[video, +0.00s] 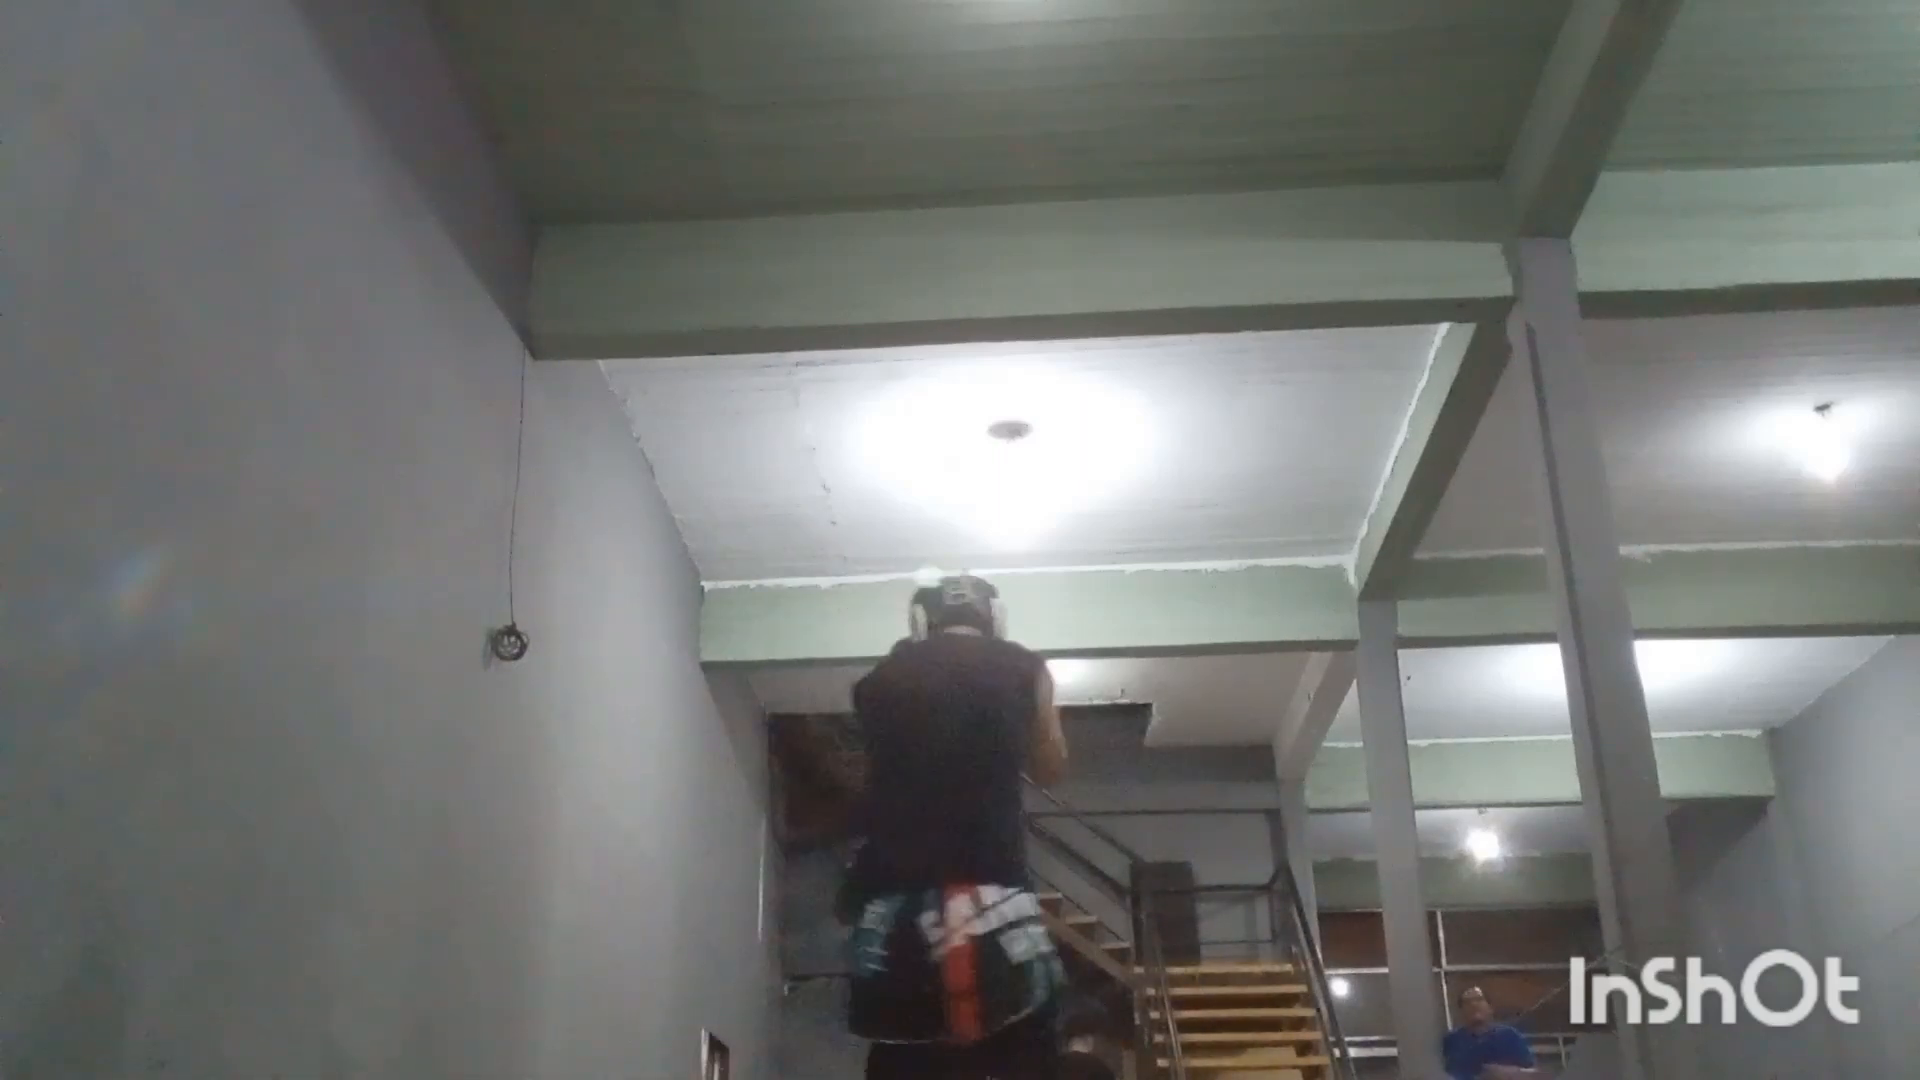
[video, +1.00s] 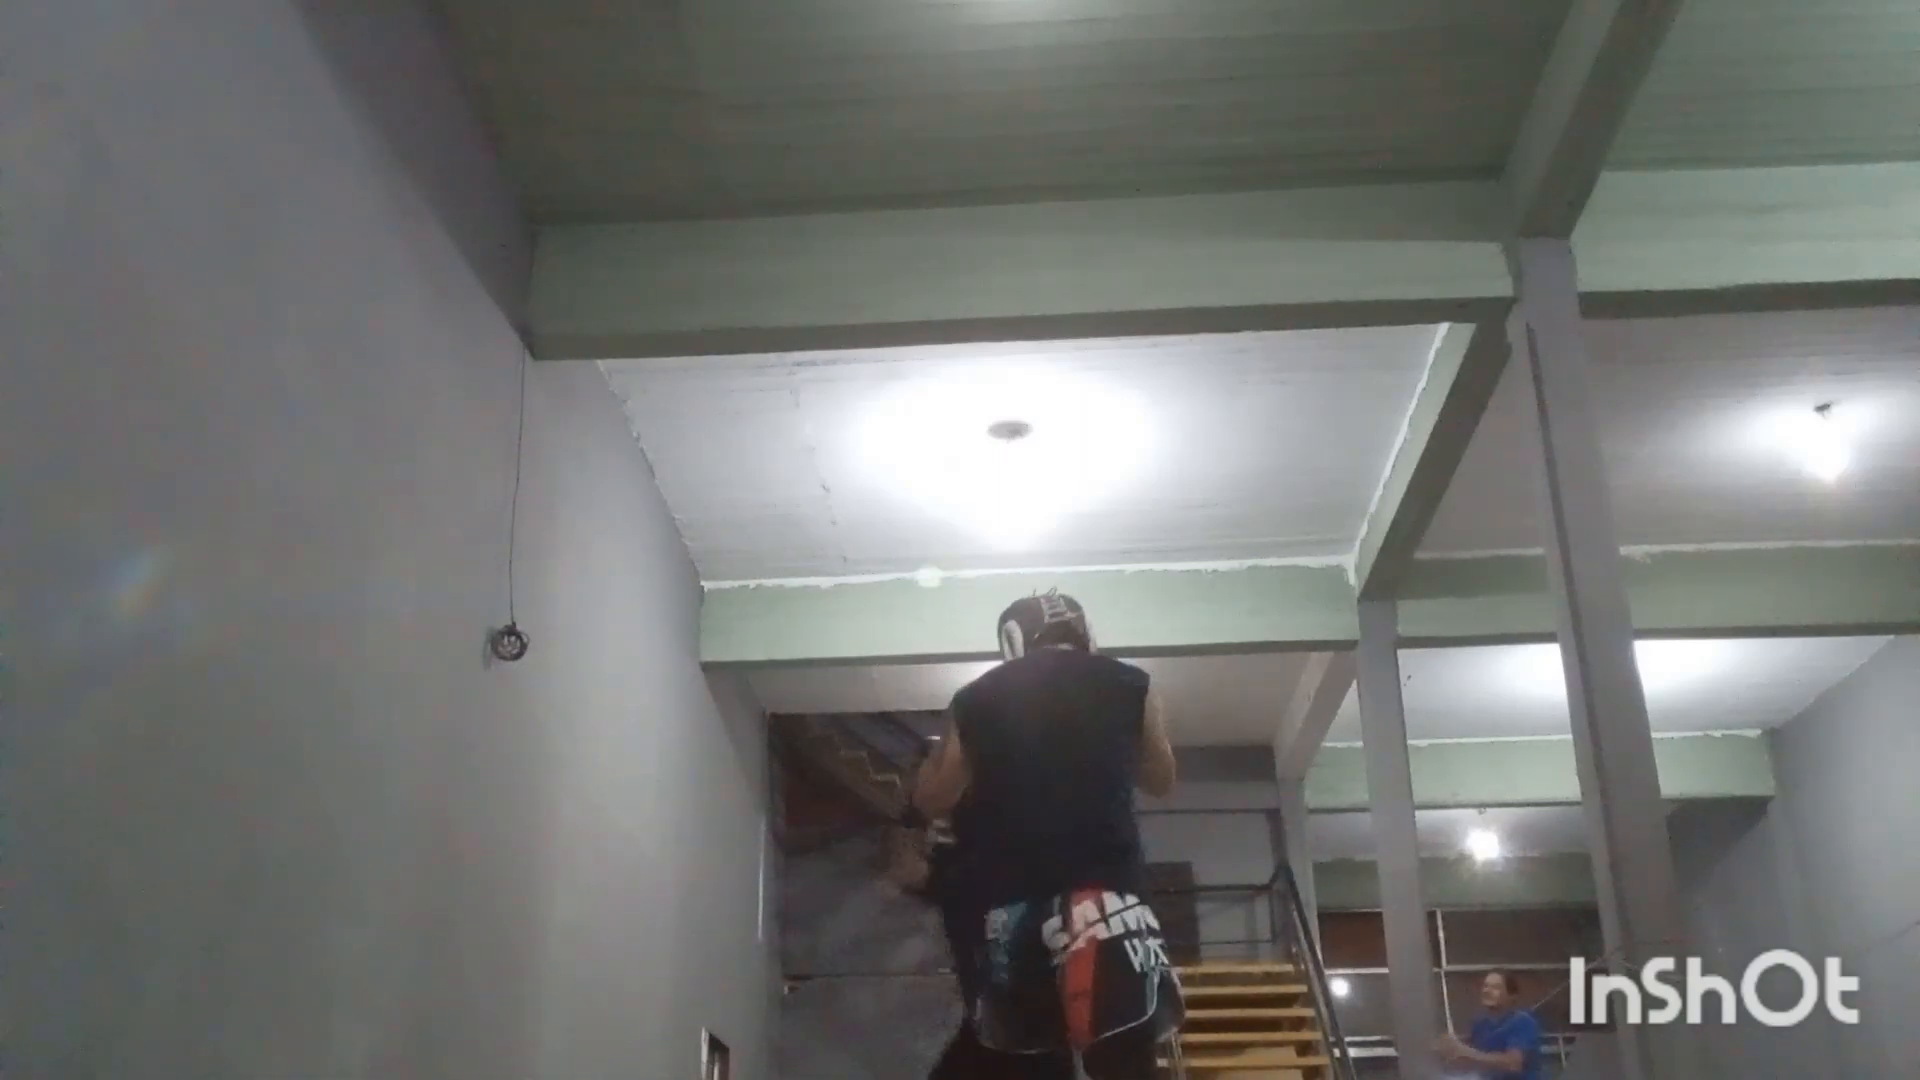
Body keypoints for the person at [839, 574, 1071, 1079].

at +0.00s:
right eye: (995, 611)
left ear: (924, 621)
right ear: (991, 619)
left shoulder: (879, 679)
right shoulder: (1023, 667)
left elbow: (875, 778)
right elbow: (1049, 768)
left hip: (890, 905)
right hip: (995, 902)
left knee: (900, 1061)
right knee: (1010, 1061)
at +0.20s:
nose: (1036, 626)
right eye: (1034, 619)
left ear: (963, 625)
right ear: (1030, 623)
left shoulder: (917, 685)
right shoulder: (1068, 670)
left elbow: (914, 781)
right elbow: (1092, 763)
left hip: (937, 907)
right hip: (1043, 902)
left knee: (942, 1068)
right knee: (1075, 1067)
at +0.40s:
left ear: (989, 625)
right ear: (1054, 620)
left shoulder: (942, 687)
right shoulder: (1094, 667)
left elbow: (898, 786)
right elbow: (1125, 760)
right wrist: (1072, 730)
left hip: (972, 892)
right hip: (1073, 885)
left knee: (1003, 1063)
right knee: (1120, 1058)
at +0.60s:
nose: (995, 635)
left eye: (996, 626)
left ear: (1006, 624)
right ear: (1077, 622)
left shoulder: (964, 687)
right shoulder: (1117, 672)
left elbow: (897, 777)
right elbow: (1148, 770)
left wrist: (947, 744)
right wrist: (1098, 721)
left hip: (996, 917)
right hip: (1097, 914)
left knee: (1020, 1068)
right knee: (1126, 1069)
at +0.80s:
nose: (1013, 640)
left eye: (1013, 631)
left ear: (1025, 629)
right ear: (1096, 629)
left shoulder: (983, 688)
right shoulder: (1137, 683)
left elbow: (917, 783)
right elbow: (1159, 790)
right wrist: (1108, 749)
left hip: (1013, 918)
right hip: (1115, 914)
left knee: (1017, 1066)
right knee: (1144, 1067)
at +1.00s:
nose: (1009, 648)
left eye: (1009, 641)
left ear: (1017, 642)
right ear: (1083, 636)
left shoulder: (977, 698)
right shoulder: (1127, 681)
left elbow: (934, 798)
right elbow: (1161, 779)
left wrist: (939, 757)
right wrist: (1106, 739)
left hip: (1012, 904)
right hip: (1112, 896)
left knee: (1029, 1059)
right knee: (1126, 1060)